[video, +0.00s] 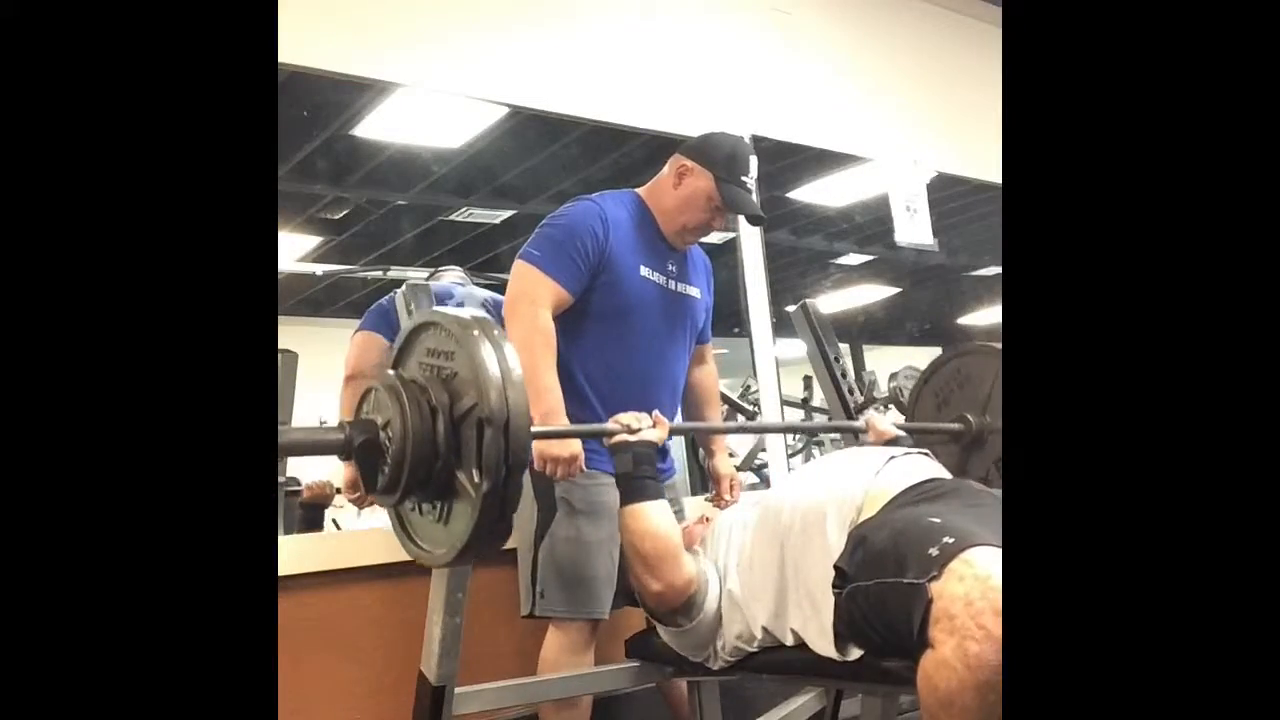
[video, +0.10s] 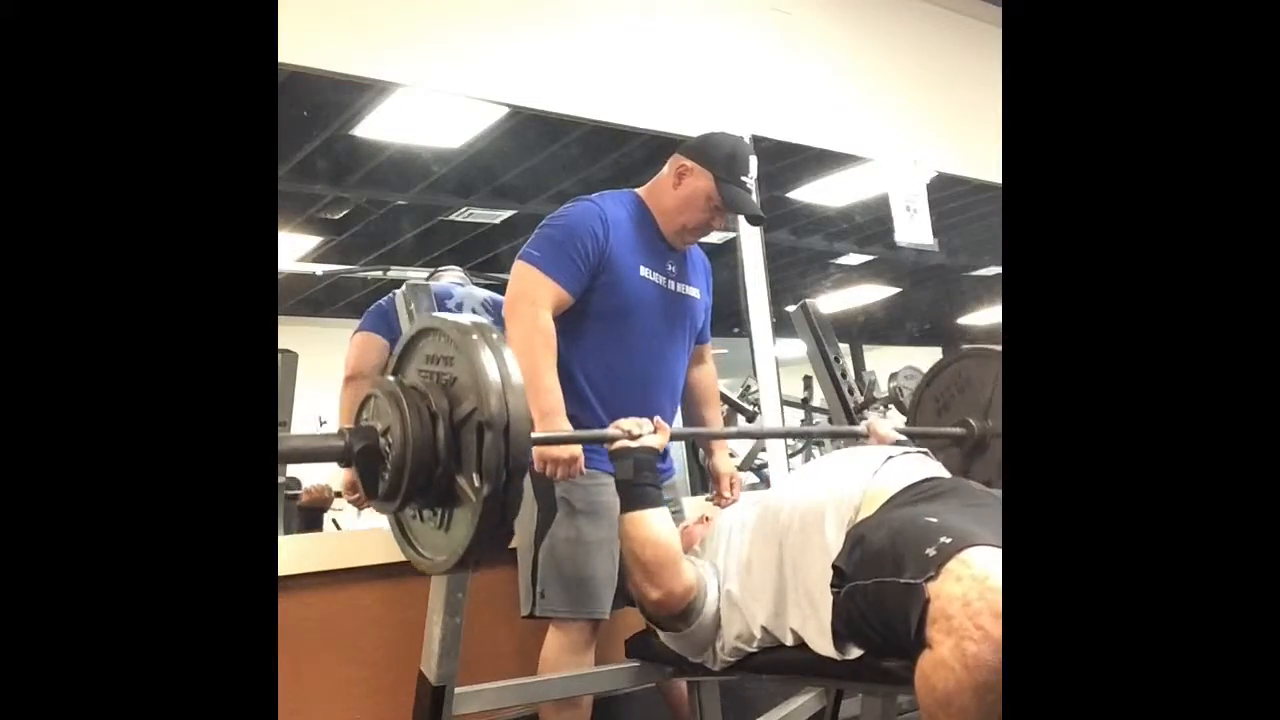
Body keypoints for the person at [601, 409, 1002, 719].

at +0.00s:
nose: (688, 517)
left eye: (686, 511)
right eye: (673, 529)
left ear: (704, 502)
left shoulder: (753, 502)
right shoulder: (706, 605)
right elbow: (664, 580)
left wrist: (881, 444)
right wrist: (634, 458)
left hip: (954, 490)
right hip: (879, 529)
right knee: (985, 596)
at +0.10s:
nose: (685, 520)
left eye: (686, 513)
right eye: (672, 531)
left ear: (705, 504)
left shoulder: (756, 504)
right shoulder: (706, 606)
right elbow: (662, 586)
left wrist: (881, 447)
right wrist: (635, 463)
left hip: (957, 490)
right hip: (880, 524)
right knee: (984, 597)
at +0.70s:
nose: (700, 505)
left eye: (698, 499)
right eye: (684, 510)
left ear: (715, 502)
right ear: (673, 543)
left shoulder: (766, 511)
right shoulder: (701, 578)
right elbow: (681, 633)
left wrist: (738, 498)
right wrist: (653, 506)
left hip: (959, 488)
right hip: (878, 525)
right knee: (986, 602)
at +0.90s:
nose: (701, 491)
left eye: (695, 485)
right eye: (683, 498)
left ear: (719, 494)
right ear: (681, 538)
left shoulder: (772, 509)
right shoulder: (709, 580)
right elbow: (687, 652)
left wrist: (732, 481)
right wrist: (661, 529)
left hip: (961, 492)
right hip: (881, 530)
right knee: (983, 606)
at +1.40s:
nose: (683, 517)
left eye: (679, 510)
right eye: (666, 528)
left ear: (693, 506)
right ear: (655, 567)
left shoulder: (759, 500)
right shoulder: (697, 612)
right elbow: (663, 593)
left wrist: (886, 448)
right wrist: (643, 470)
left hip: (949, 492)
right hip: (871, 530)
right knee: (982, 588)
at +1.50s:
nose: (688, 519)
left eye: (687, 511)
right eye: (674, 526)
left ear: (706, 505)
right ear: (665, 554)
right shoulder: (689, 602)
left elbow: (898, 489)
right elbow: (655, 570)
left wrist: (887, 433)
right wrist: (636, 440)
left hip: (944, 494)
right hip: (866, 532)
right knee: (983, 592)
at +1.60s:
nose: (685, 517)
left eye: (682, 509)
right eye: (669, 525)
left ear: (698, 506)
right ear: (652, 562)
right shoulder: (691, 604)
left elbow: (899, 487)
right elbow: (655, 563)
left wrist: (885, 427)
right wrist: (636, 434)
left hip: (947, 497)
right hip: (866, 531)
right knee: (983, 591)